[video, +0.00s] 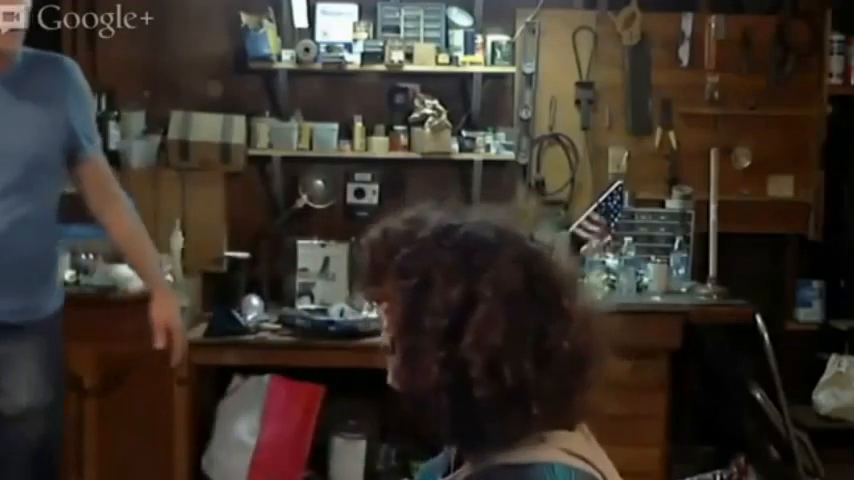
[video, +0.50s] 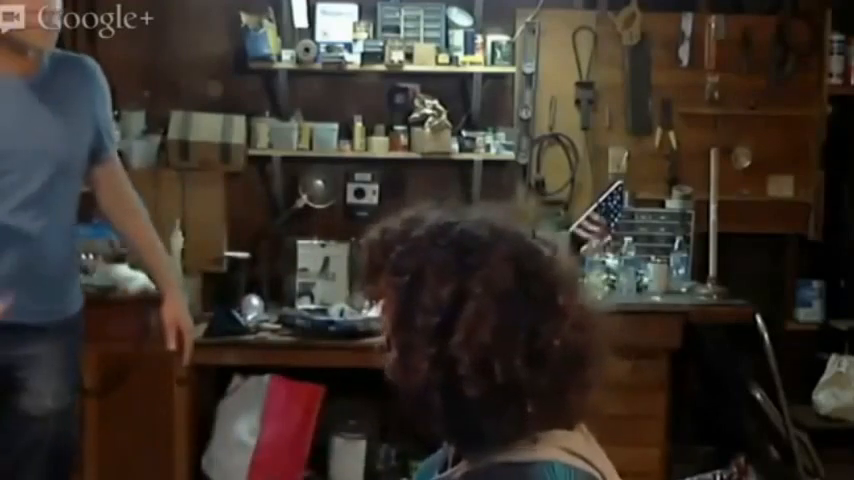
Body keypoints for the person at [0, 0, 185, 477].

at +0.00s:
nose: (11, 9)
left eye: (18, 2)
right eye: (4, 2)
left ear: (30, 9)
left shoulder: (55, 78)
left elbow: (103, 191)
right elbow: (103, 191)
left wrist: (159, 285)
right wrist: (160, 286)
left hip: (27, 322)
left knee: (28, 466)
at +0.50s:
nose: (48, 9)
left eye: (53, 1)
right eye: (31, 0)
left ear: (62, 9)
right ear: (0, 13)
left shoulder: (81, 77)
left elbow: (112, 184)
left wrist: (170, 285)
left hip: (47, 323)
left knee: (44, 466)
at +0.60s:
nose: (56, 10)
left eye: (61, 1)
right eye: (37, 1)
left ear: (71, 8)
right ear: (3, 13)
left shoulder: (87, 77)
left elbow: (114, 185)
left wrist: (171, 283)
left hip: (50, 326)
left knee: (47, 469)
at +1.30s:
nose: (39, 16)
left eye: (46, 3)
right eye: (21, 4)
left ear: (57, 11)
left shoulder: (63, 79)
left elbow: (83, 192)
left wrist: (141, 285)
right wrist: (3, 273)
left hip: (37, 327)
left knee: (48, 462)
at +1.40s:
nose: (13, 16)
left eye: (20, 9)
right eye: (6, 9)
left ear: (29, 14)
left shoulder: (30, 73)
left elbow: (41, 177)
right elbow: (43, 179)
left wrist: (105, 283)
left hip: (10, 330)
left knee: (29, 459)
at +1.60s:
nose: (11, 13)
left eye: (14, 7)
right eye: (6, 7)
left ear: (20, 14)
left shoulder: (20, 71)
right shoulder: (20, 73)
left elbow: (33, 181)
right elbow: (35, 183)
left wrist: (94, 286)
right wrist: (94, 288)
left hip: (7, 330)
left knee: (25, 458)